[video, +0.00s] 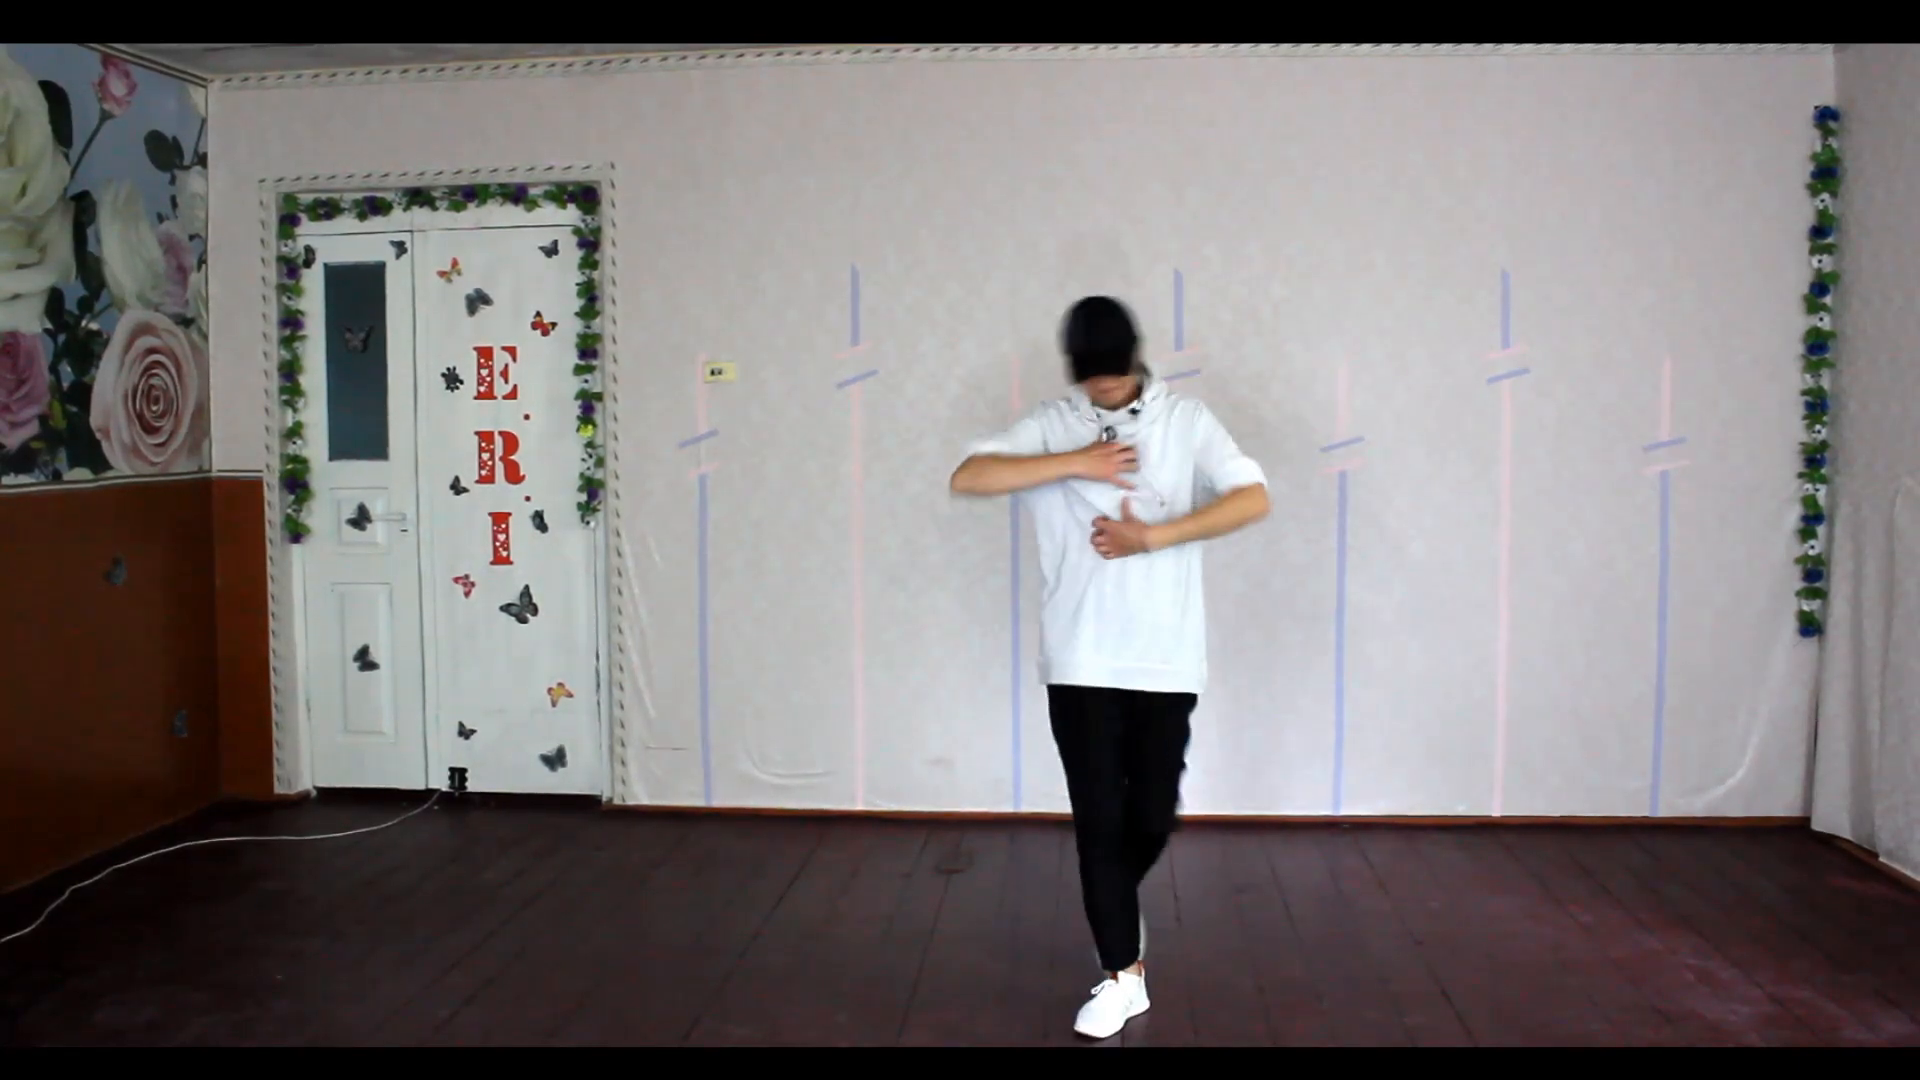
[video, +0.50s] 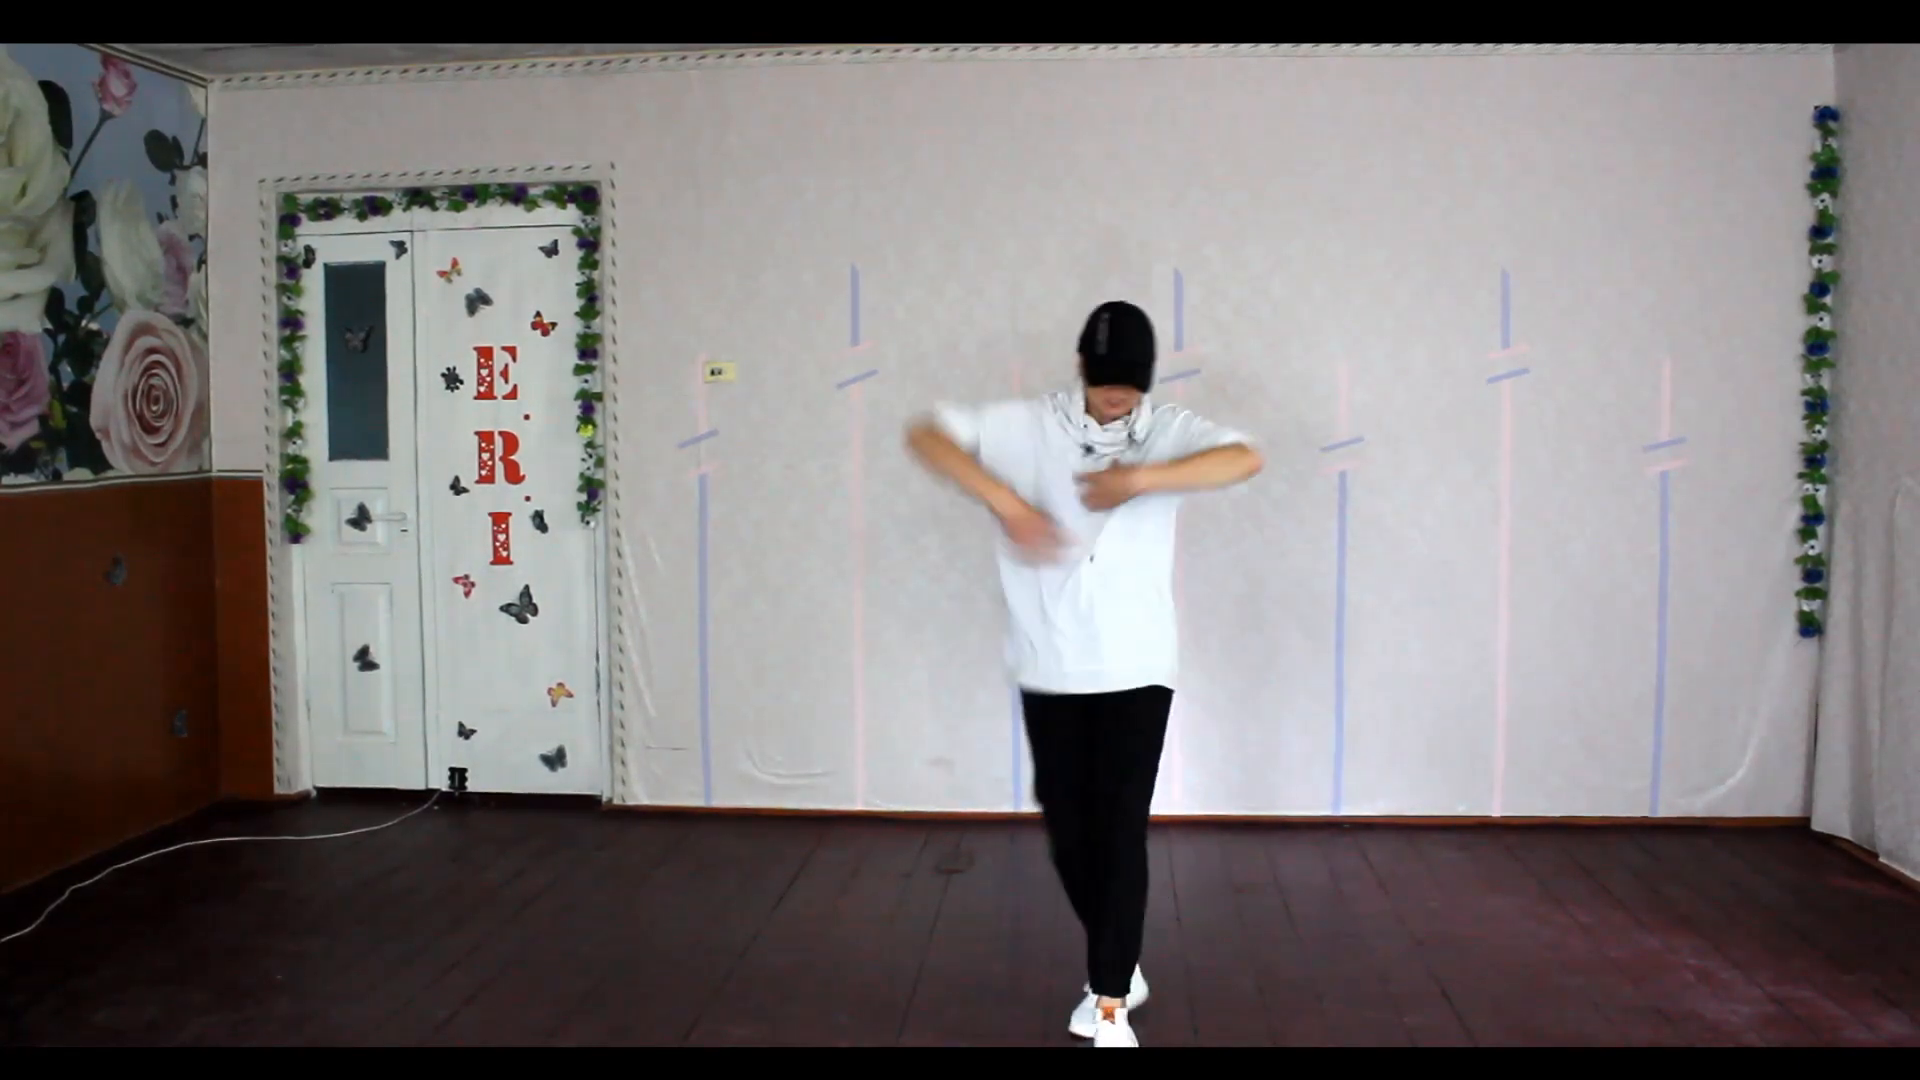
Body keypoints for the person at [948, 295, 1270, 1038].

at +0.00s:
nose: (1111, 398)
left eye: (1120, 383)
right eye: (1097, 387)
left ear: (1138, 361)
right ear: (1075, 372)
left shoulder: (1185, 420)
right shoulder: (1052, 424)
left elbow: (1254, 499)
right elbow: (967, 477)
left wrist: (1153, 535)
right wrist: (1075, 464)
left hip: (1167, 662)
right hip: (1080, 662)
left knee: (1152, 823)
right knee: (1099, 828)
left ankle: (1119, 901)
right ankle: (1122, 976)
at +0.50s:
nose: (1111, 404)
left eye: (1125, 392)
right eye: (1101, 389)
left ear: (1146, 378)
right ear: (1081, 367)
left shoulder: (1165, 425)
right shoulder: (1030, 423)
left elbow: (1245, 459)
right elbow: (925, 434)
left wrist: (1139, 480)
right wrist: (1005, 503)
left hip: (1137, 672)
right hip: (1049, 672)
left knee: (1118, 834)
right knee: (1068, 838)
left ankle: (1106, 1000)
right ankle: (1119, 967)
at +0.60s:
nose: (1083, 396)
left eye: (1096, 385)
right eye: (1071, 384)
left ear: (1120, 371)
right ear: (1052, 373)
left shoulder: (1177, 426)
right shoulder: (1018, 416)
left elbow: (1272, 412)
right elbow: (918, 362)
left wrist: (1231, 369)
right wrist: (951, 344)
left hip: (1128, 664)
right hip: (1036, 657)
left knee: (1111, 837)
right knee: (1018, 826)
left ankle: (1098, 1007)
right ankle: (1091, 907)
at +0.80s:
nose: (1070, 417)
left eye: (1079, 404)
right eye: (1060, 404)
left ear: (1097, 404)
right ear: (1047, 405)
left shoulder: (1151, 477)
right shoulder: (996, 470)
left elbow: (1251, 460)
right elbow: (894, 451)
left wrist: (1223, 420)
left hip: (1110, 680)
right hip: (1017, 673)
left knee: (1097, 837)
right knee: (1003, 796)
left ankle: (1098, 1008)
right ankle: (1000, 867)